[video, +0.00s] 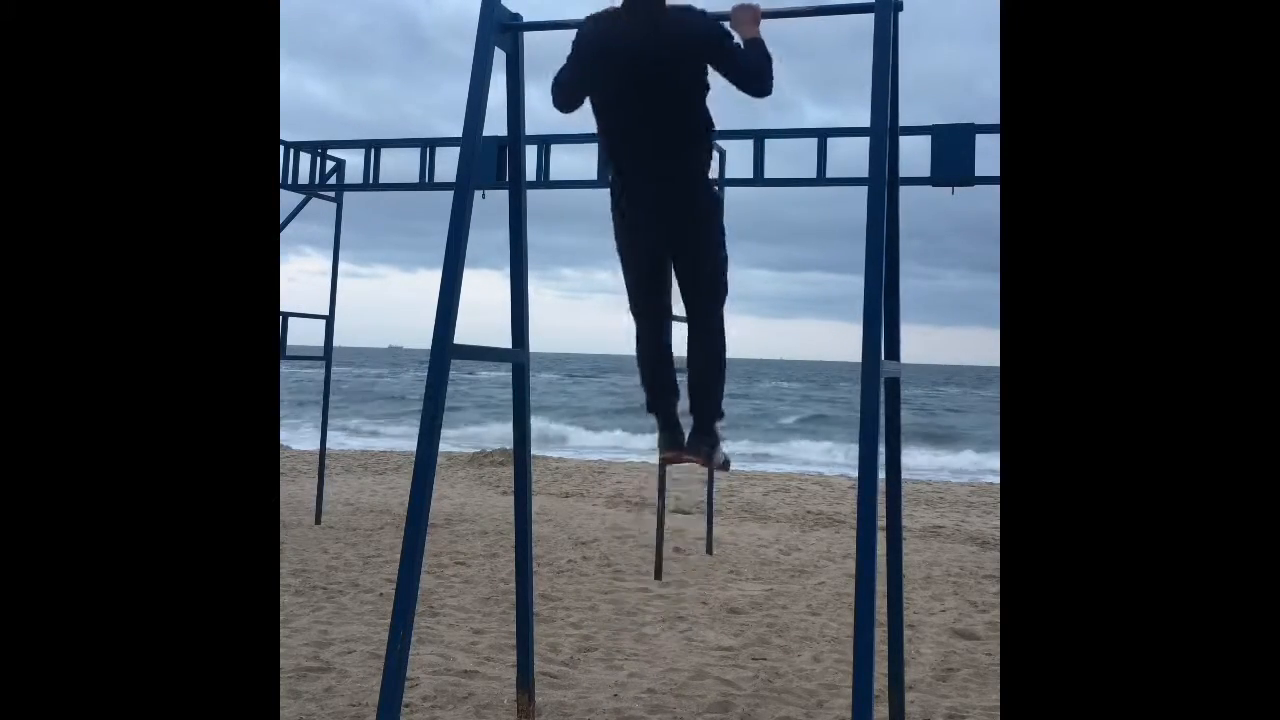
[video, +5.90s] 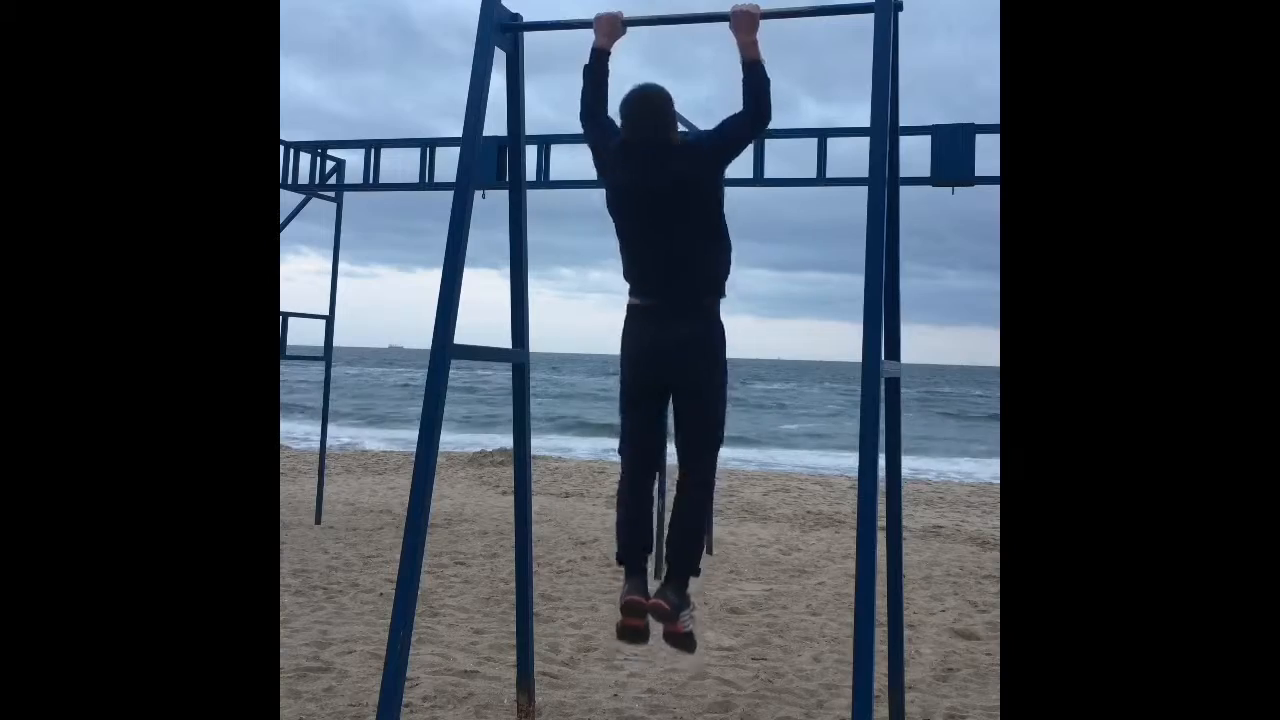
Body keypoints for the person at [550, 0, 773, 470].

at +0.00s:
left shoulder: (597, 31)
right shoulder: (693, 24)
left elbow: (564, 97)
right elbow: (758, 81)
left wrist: (600, 41)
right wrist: (751, 34)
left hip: (633, 199)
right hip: (692, 197)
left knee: (650, 319)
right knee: (706, 316)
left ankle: (668, 434)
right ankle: (704, 438)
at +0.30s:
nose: (660, 60)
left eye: (633, 53)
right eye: (663, 50)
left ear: (622, 61)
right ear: (669, 57)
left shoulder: (606, 109)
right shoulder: (701, 100)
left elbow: (575, 101)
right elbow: (772, 100)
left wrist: (597, 43)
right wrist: (754, 40)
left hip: (640, 275)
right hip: (699, 274)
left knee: (648, 397)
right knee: (701, 396)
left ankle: (656, 519)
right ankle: (689, 520)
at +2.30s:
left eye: (620, 54)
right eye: (653, 50)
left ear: (612, 60)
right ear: (659, 56)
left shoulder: (598, 112)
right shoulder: (691, 98)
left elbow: (587, 93)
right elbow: (754, 105)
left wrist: (597, 43)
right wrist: (749, 41)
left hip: (637, 272)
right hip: (695, 269)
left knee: (643, 392)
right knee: (703, 393)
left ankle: (648, 513)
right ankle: (685, 515)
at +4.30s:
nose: (683, 121)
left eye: (672, 116)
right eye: (680, 115)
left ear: (630, 128)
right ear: (679, 123)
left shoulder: (620, 163)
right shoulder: (707, 159)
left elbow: (592, 113)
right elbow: (761, 111)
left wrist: (600, 46)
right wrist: (750, 43)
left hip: (648, 329)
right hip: (703, 330)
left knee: (643, 460)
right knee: (699, 468)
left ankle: (636, 589)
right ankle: (675, 597)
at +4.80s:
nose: (627, 71)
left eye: (618, 63)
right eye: (645, 61)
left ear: (610, 72)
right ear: (656, 66)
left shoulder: (599, 117)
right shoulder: (691, 106)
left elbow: (590, 90)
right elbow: (752, 107)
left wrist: (598, 41)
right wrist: (748, 42)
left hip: (636, 278)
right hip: (694, 276)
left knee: (642, 398)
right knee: (702, 401)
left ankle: (648, 520)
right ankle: (685, 527)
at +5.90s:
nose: (681, 118)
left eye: (674, 113)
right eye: (677, 113)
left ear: (625, 127)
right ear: (672, 121)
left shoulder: (616, 165)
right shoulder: (703, 155)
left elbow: (593, 114)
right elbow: (756, 112)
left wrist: (601, 46)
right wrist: (749, 46)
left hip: (642, 327)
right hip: (699, 329)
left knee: (638, 462)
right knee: (697, 468)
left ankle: (634, 587)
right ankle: (675, 594)